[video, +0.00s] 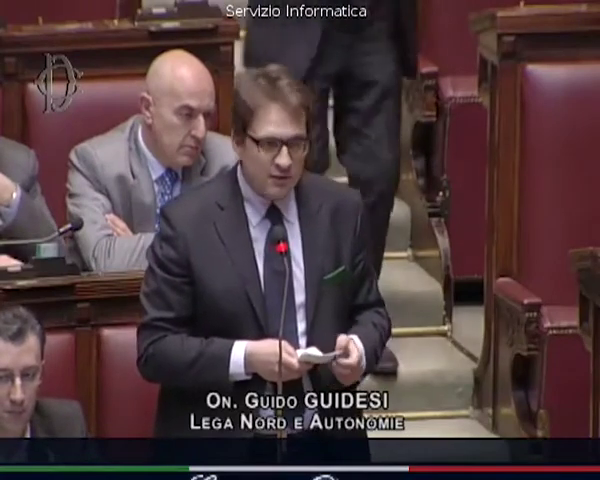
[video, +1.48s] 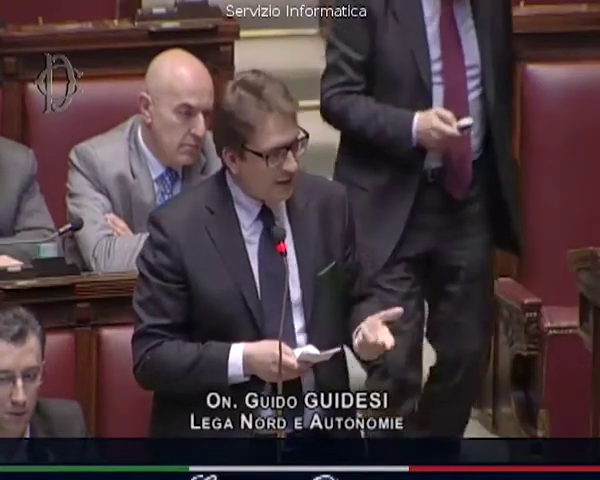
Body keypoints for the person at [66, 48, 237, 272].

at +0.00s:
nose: (200, 132)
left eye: (207, 115)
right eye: (186, 114)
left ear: (213, 110)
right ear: (147, 108)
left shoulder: (226, 157)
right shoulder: (92, 161)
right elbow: (105, 259)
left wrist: (138, 250)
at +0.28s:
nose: (200, 132)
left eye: (207, 116)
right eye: (187, 114)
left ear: (212, 111)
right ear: (147, 108)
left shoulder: (218, 154)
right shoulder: (92, 161)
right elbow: (105, 259)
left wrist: (137, 248)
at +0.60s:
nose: (200, 131)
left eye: (207, 115)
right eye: (186, 114)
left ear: (212, 111)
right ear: (147, 108)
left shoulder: (216, 153)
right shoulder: (92, 161)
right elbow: (105, 260)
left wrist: (137, 247)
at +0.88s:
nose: (200, 131)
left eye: (207, 115)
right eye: (187, 114)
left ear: (212, 110)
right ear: (147, 108)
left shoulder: (215, 153)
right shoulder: (92, 161)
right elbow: (105, 260)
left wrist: (137, 246)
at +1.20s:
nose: (200, 130)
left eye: (206, 114)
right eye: (186, 113)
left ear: (211, 108)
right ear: (146, 108)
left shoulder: (209, 152)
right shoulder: (92, 160)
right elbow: (105, 260)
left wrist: (137, 247)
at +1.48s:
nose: (200, 131)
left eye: (206, 114)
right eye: (186, 113)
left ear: (212, 110)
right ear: (147, 108)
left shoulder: (212, 153)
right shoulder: (92, 160)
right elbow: (105, 259)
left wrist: (138, 247)